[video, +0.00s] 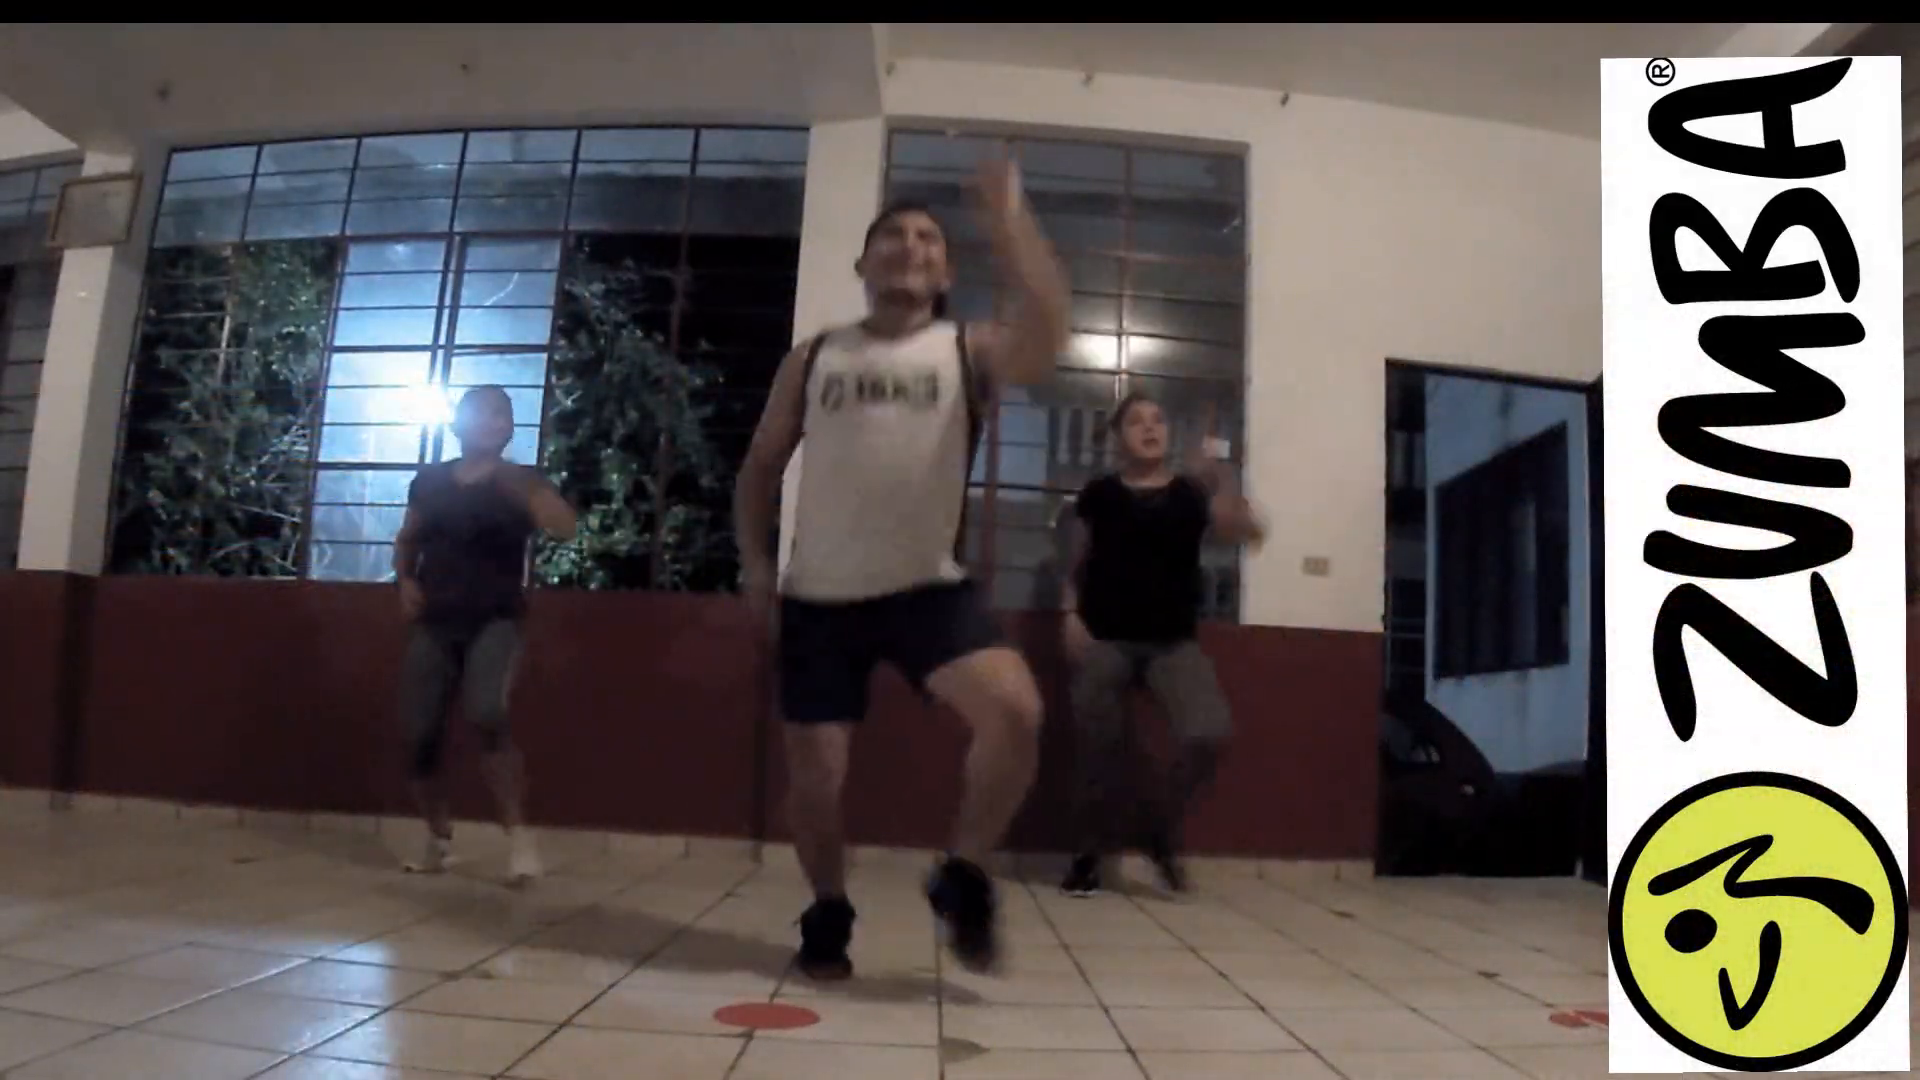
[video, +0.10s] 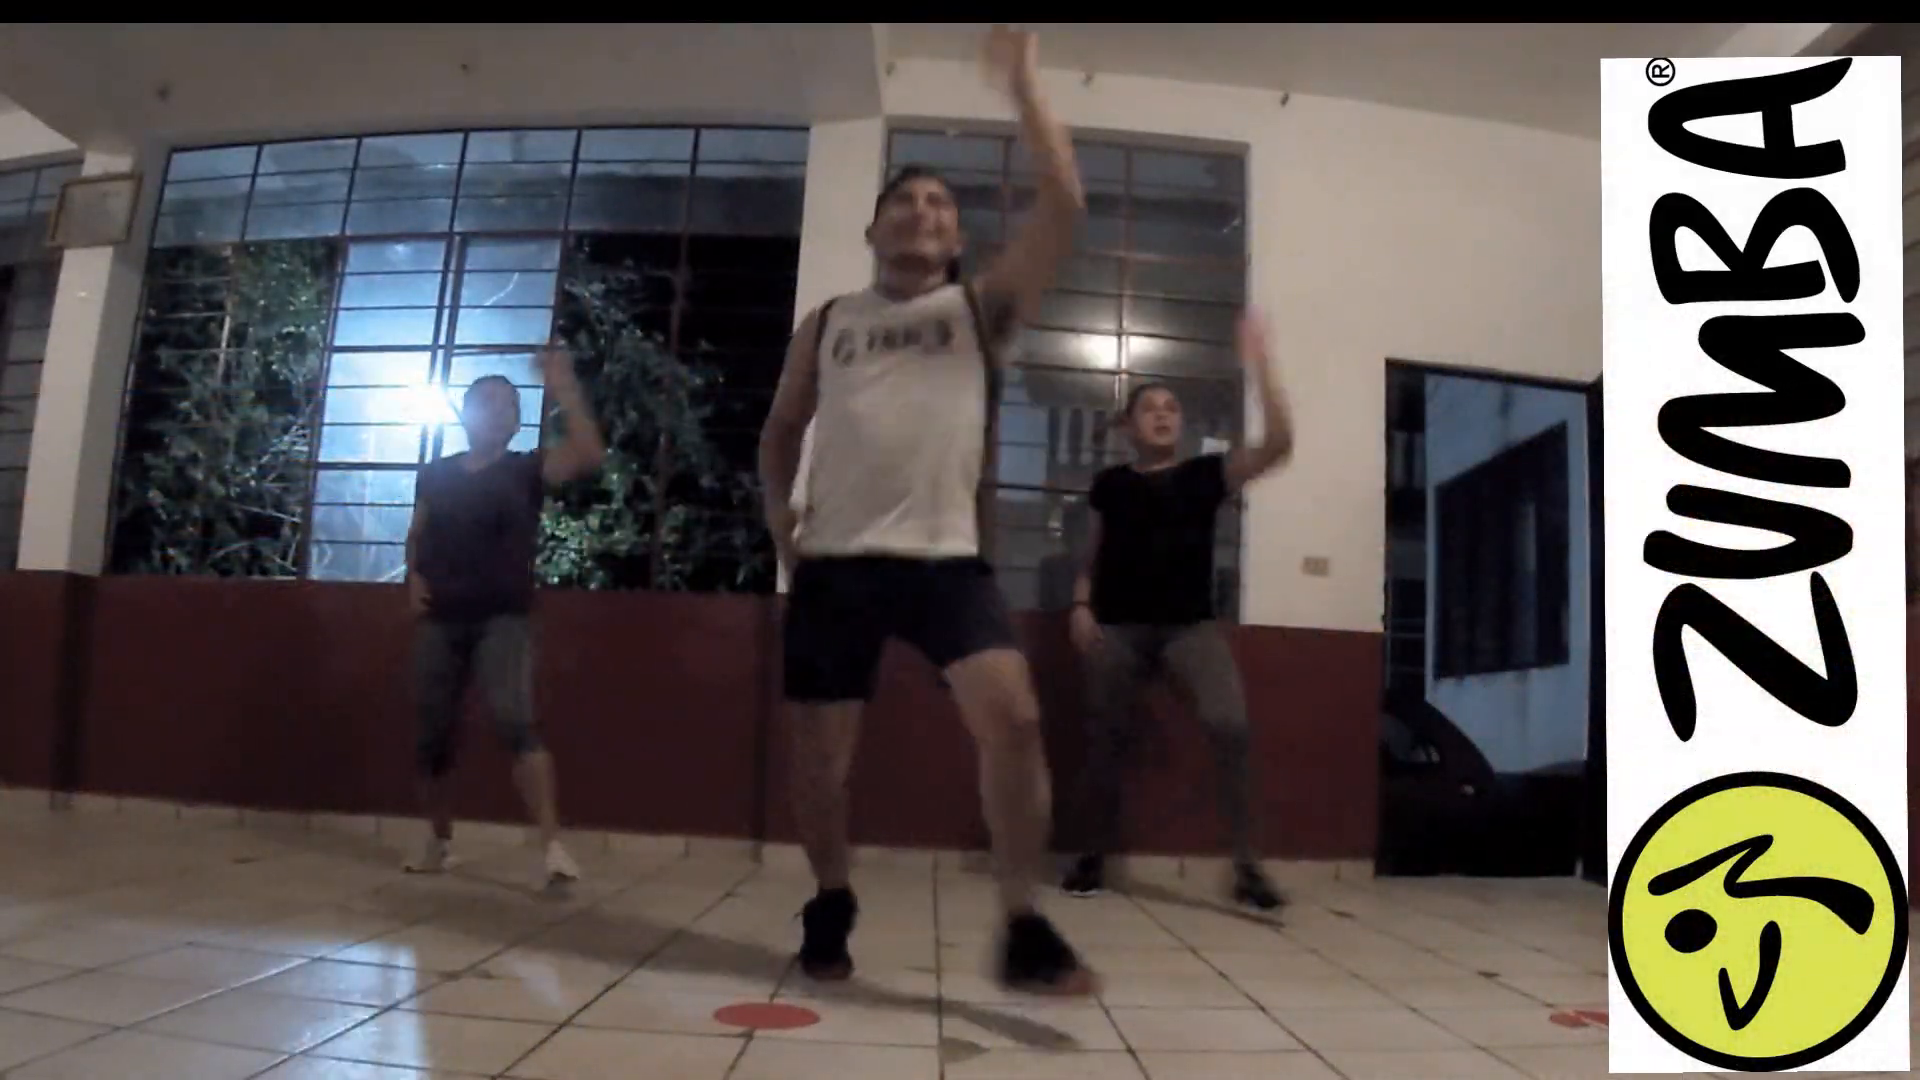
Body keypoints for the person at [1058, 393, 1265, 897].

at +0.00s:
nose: (1150, 431)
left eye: (1157, 422)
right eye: (1138, 424)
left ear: (1169, 433)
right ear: (1118, 437)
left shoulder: (1191, 494)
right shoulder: (1098, 497)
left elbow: (1242, 529)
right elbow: (1070, 565)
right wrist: (1070, 616)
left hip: (1172, 640)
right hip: (1106, 638)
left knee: (1208, 732)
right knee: (1097, 742)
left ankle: (1162, 834)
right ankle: (1087, 851)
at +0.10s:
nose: (1163, 416)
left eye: (1171, 409)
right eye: (1151, 409)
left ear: (1184, 423)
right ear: (1129, 425)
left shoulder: (1206, 475)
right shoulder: (1109, 486)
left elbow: (1276, 445)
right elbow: (1091, 557)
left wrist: (1262, 369)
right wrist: (1082, 608)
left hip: (1191, 627)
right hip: (1120, 628)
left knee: (1230, 725)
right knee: (1104, 732)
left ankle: (1245, 864)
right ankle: (1092, 856)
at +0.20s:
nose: (1175, 417)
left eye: (1183, 410)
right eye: (1164, 410)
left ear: (1198, 424)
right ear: (1143, 424)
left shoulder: (1221, 472)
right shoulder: (1126, 489)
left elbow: (1273, 394)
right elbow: (1107, 564)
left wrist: (1304, 316)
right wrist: (1102, 615)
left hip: (1214, 625)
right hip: (1142, 628)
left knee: (1246, 741)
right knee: (1118, 741)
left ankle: (1283, 880)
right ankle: (1102, 859)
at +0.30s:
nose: (1193, 428)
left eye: (1201, 421)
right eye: (1182, 421)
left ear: (1215, 434)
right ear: (1161, 435)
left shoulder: (1236, 481)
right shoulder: (1141, 504)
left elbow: (1279, 396)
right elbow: (1123, 572)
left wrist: (1313, 318)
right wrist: (1130, 608)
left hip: (1247, 632)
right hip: (1174, 637)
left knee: (1269, 751)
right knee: (1129, 740)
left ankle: (1290, 887)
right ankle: (1113, 849)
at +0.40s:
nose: (1204, 422)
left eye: (1212, 416)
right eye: (1192, 417)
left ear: (1226, 433)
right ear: (1171, 435)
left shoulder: (1250, 479)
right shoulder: (1158, 499)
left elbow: (1293, 392)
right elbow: (1127, 564)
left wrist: (1325, 310)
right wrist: (1144, 506)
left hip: (1257, 633)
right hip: (1179, 635)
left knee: (1284, 747)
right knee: (1113, 730)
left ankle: (1293, 888)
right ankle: (1131, 847)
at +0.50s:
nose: (1202, 402)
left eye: (1211, 398)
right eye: (1191, 398)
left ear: (1227, 415)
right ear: (1171, 416)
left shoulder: (1251, 464)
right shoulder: (1157, 475)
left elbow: (1297, 385)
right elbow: (1108, 466)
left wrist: (1321, 301)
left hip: (1253, 620)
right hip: (1176, 620)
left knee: (1284, 737)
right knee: (1118, 716)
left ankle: (1290, 885)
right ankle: (1120, 858)